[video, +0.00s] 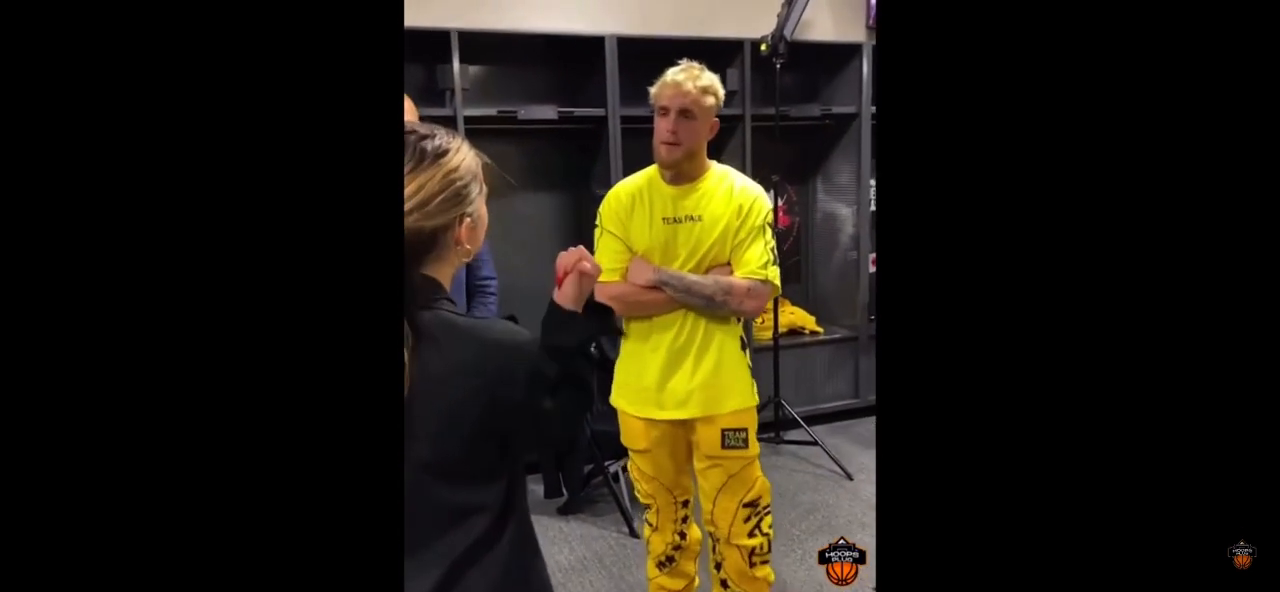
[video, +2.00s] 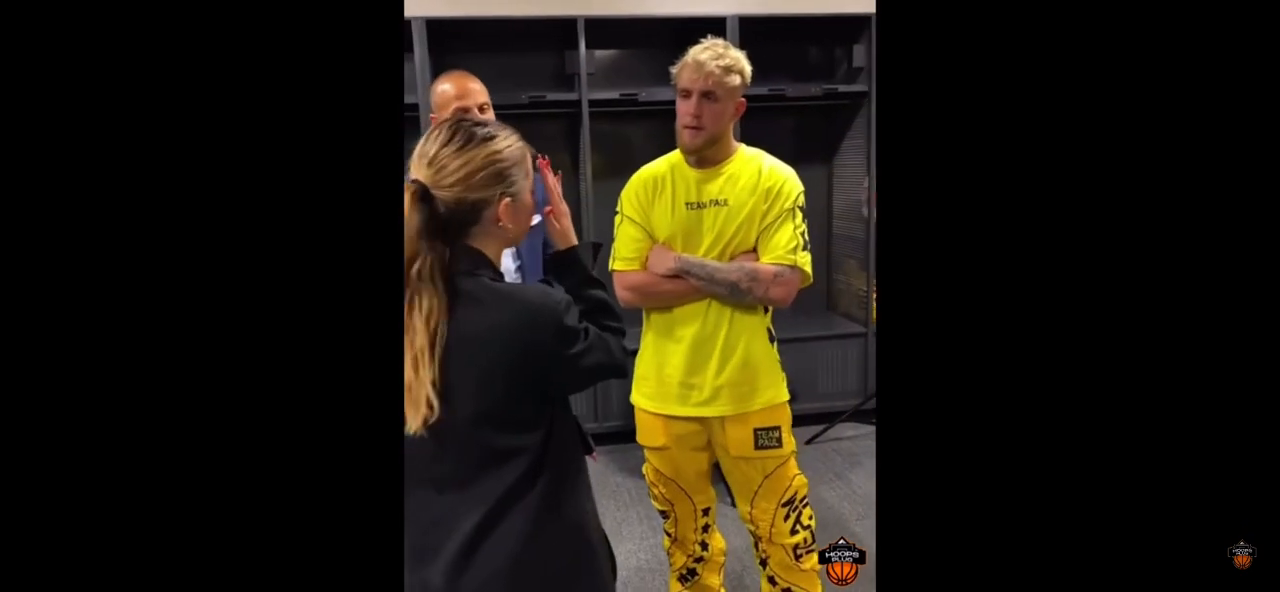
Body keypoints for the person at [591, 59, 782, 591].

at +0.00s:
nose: (668, 128)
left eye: (684, 116)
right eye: (661, 113)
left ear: (713, 126)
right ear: (651, 119)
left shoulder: (746, 198)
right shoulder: (621, 200)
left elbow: (752, 298)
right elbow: (611, 298)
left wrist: (653, 274)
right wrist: (705, 288)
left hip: (722, 390)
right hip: (643, 392)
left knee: (741, 539)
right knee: (665, 541)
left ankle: (745, 585)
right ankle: (670, 587)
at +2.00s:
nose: (690, 113)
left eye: (707, 98)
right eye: (683, 96)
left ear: (738, 108)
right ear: (673, 100)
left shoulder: (775, 182)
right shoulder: (644, 184)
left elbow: (781, 288)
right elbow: (629, 289)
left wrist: (675, 261)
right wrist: (734, 275)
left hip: (750, 389)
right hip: (664, 392)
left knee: (786, 544)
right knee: (687, 548)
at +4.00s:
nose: (719, 86)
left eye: (736, 72)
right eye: (712, 72)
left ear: (768, 82)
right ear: (704, 79)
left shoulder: (808, 153)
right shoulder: (682, 167)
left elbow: (812, 259)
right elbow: (663, 272)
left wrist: (704, 240)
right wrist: (765, 253)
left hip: (789, 369)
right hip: (704, 373)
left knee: (823, 519)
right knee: (725, 524)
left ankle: (839, 584)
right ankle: (731, 585)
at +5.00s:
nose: (704, 82)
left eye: (719, 67)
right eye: (699, 68)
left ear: (757, 74)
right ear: (695, 74)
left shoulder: (808, 146)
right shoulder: (679, 160)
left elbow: (814, 250)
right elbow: (662, 265)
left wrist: (705, 234)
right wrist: (764, 246)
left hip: (790, 365)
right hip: (703, 369)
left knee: (824, 519)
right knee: (723, 522)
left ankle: (837, 584)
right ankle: (726, 585)